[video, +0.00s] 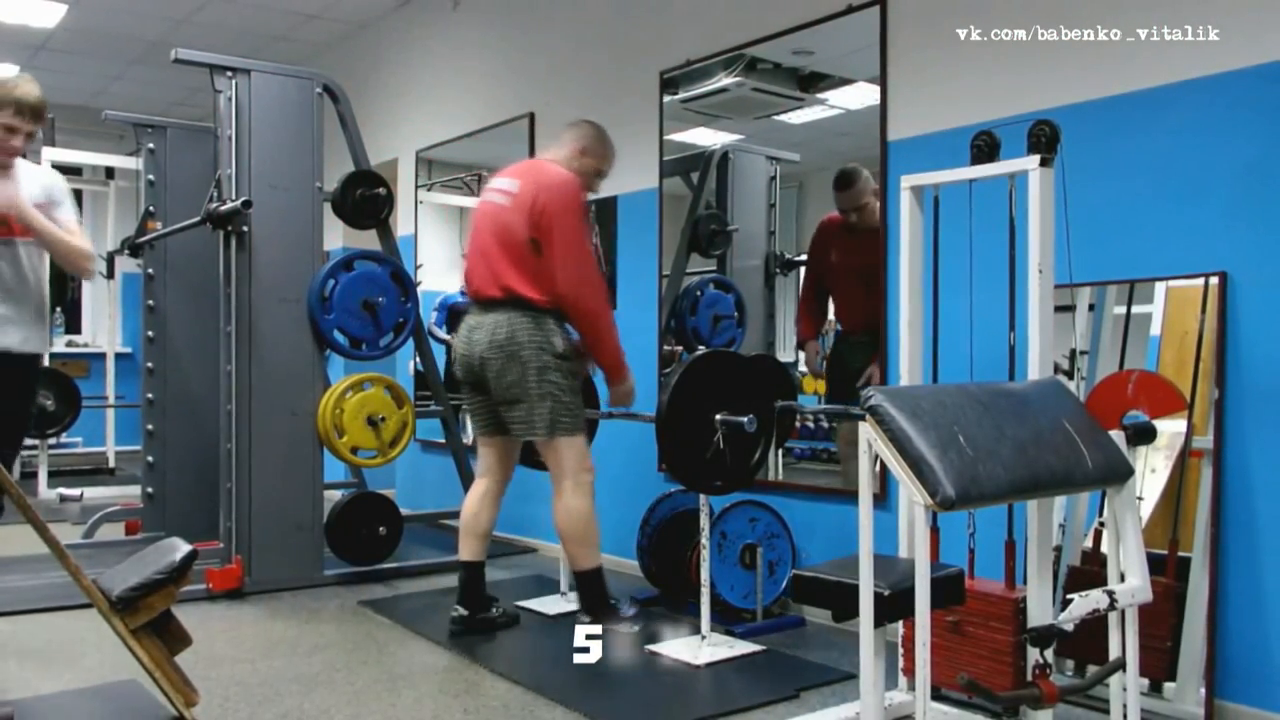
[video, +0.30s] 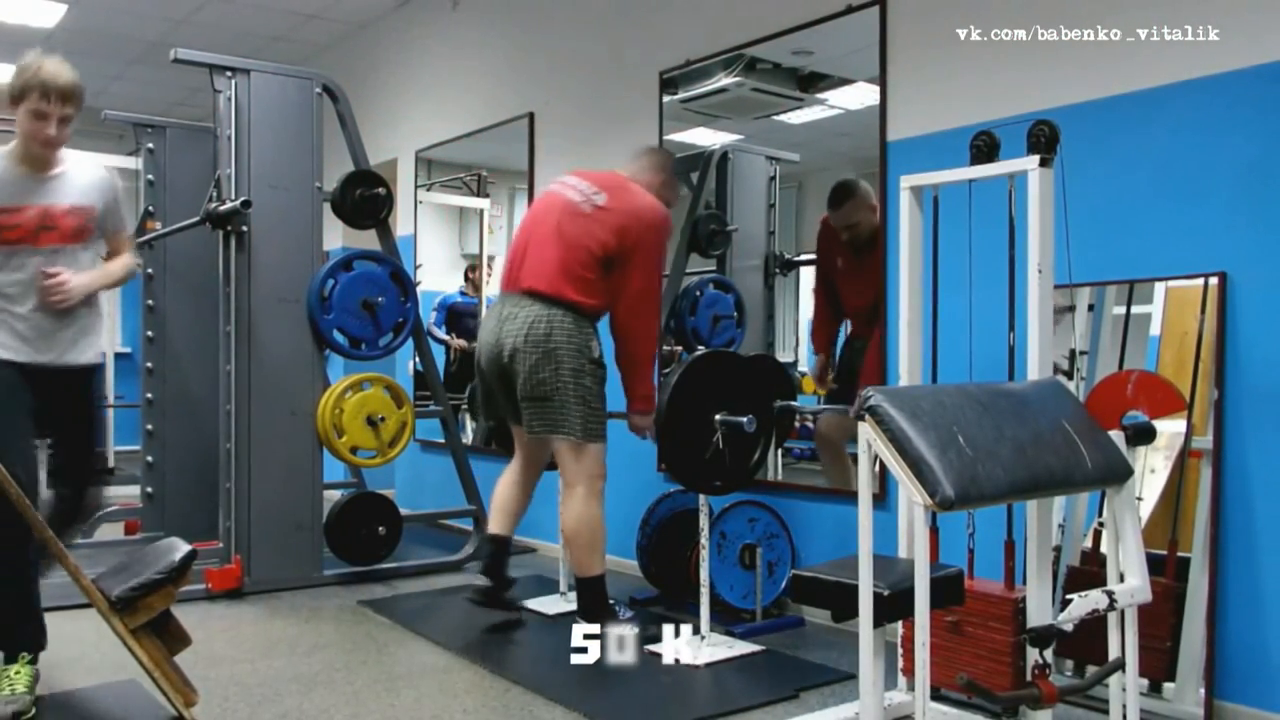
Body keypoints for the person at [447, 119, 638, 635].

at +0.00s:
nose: (591, 188)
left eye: (596, 182)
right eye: (594, 178)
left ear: (563, 145)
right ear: (583, 156)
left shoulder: (506, 177)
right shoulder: (559, 185)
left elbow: (499, 272)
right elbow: (579, 284)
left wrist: (561, 341)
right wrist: (616, 368)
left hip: (475, 328)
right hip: (526, 331)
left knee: (491, 472)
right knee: (572, 473)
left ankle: (471, 604)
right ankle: (598, 609)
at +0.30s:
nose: (667, 205)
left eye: (669, 198)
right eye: (671, 197)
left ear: (633, 167)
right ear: (661, 182)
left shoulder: (572, 183)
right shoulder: (648, 212)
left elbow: (522, 263)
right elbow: (637, 315)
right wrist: (642, 404)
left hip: (502, 322)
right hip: (557, 331)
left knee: (527, 456)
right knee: (583, 477)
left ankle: (489, 572)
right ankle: (596, 615)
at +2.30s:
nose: (618, 143)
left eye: (617, 136)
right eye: (617, 135)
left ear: (568, 127)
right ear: (603, 128)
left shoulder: (529, 174)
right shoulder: (614, 176)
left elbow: (505, 268)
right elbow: (613, 273)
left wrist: (533, 313)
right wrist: (625, 346)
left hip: (507, 327)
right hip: (569, 333)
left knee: (523, 468)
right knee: (594, 477)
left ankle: (509, 596)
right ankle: (587, 612)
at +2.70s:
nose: (537, 134)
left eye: (535, 125)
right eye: (534, 124)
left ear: (486, 125)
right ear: (517, 122)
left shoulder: (457, 180)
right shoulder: (532, 172)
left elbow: (447, 280)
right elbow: (545, 273)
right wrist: (573, 340)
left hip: (454, 337)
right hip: (515, 334)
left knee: (472, 480)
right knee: (560, 478)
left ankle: (437, 616)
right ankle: (584, 616)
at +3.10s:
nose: (508, 129)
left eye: (506, 120)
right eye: (506, 120)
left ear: (454, 120)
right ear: (489, 117)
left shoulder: (422, 176)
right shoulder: (503, 168)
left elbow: (404, 271)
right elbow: (509, 269)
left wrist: (437, 315)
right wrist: (528, 342)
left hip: (416, 334)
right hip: (477, 332)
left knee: (444, 481)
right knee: (528, 477)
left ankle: (433, 623)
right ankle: (488, 627)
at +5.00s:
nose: (468, 124)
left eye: (467, 114)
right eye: (464, 113)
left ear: (414, 112)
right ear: (439, 109)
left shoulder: (377, 169)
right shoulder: (450, 167)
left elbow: (366, 268)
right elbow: (473, 275)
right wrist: (496, 345)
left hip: (380, 338)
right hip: (439, 337)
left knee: (409, 484)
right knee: (469, 493)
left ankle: (399, 621)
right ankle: (469, 652)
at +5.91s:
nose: (435, 109)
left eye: (432, 99)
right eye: (428, 100)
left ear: (380, 104)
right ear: (401, 100)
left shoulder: (356, 164)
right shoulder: (425, 147)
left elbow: (368, 267)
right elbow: (476, 242)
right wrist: (511, 281)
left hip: (396, 333)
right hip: (449, 324)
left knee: (424, 473)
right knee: (494, 476)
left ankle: (401, 612)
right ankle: (477, 638)